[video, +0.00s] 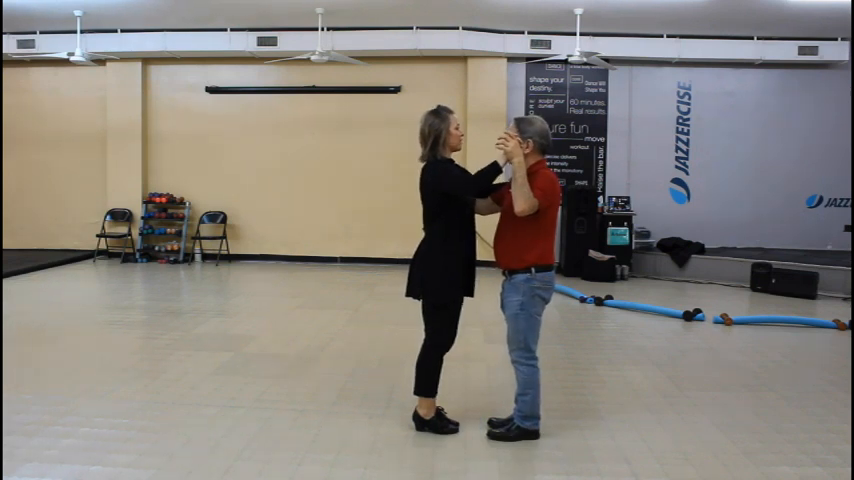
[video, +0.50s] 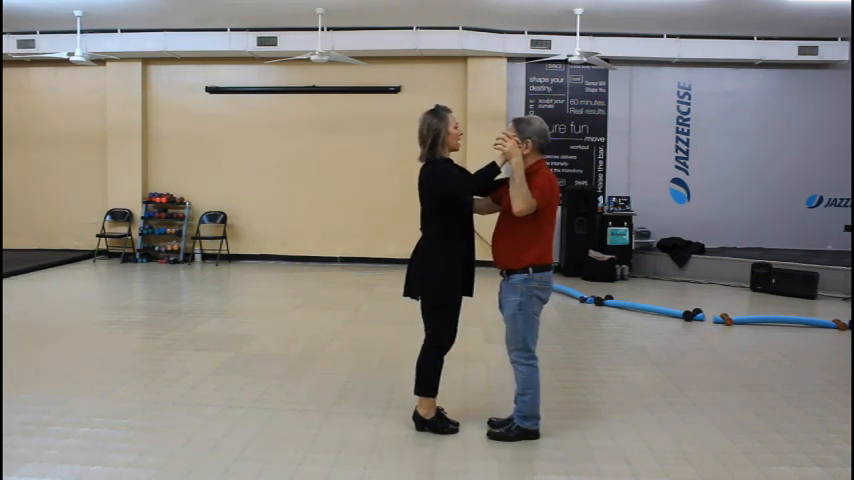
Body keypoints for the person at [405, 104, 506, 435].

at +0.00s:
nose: (462, 133)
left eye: (460, 127)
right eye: (456, 128)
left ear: (441, 133)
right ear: (442, 133)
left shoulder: (442, 167)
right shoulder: (439, 169)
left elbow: (473, 196)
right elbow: (473, 186)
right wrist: (501, 161)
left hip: (444, 267)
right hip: (441, 269)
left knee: (439, 339)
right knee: (437, 340)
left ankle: (427, 407)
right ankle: (424, 411)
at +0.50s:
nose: (460, 132)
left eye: (459, 127)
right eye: (455, 127)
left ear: (441, 132)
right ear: (440, 133)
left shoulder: (442, 167)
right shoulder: (438, 170)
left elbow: (472, 188)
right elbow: (472, 185)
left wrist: (505, 171)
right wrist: (501, 160)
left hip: (443, 267)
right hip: (439, 269)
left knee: (439, 338)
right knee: (438, 339)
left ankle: (427, 408)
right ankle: (425, 411)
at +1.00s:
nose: (446, 138)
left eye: (444, 133)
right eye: (440, 134)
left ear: (423, 140)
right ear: (424, 140)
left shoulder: (429, 176)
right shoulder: (419, 177)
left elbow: (457, 202)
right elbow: (444, 196)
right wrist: (473, 170)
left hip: (431, 274)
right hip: (415, 276)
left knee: (443, 335)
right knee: (437, 336)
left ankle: (428, 406)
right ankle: (376, 392)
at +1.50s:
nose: (406, 145)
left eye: (404, 140)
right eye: (401, 140)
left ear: (386, 144)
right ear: (385, 144)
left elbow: (426, 206)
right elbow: (405, 199)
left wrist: (454, 192)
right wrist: (429, 176)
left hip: (391, 277)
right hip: (366, 277)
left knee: (421, 332)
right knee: (344, 345)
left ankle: (417, 405)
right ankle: (307, 408)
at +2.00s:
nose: (438, 132)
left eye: (435, 126)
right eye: (432, 127)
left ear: (417, 132)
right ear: (418, 132)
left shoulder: (418, 167)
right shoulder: (415, 170)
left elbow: (454, 197)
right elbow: (445, 189)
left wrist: (487, 184)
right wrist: (472, 165)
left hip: (415, 268)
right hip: (416, 270)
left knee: (415, 335)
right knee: (437, 334)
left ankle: (408, 406)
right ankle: (416, 407)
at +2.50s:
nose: (478, 136)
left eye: (475, 131)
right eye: (472, 132)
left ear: (458, 139)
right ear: (459, 139)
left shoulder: (465, 174)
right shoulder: (457, 176)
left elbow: (496, 201)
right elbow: (488, 198)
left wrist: (531, 183)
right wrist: (519, 174)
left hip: (458, 276)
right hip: (447, 277)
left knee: (487, 327)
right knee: (460, 340)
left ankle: (487, 402)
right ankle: (427, 411)